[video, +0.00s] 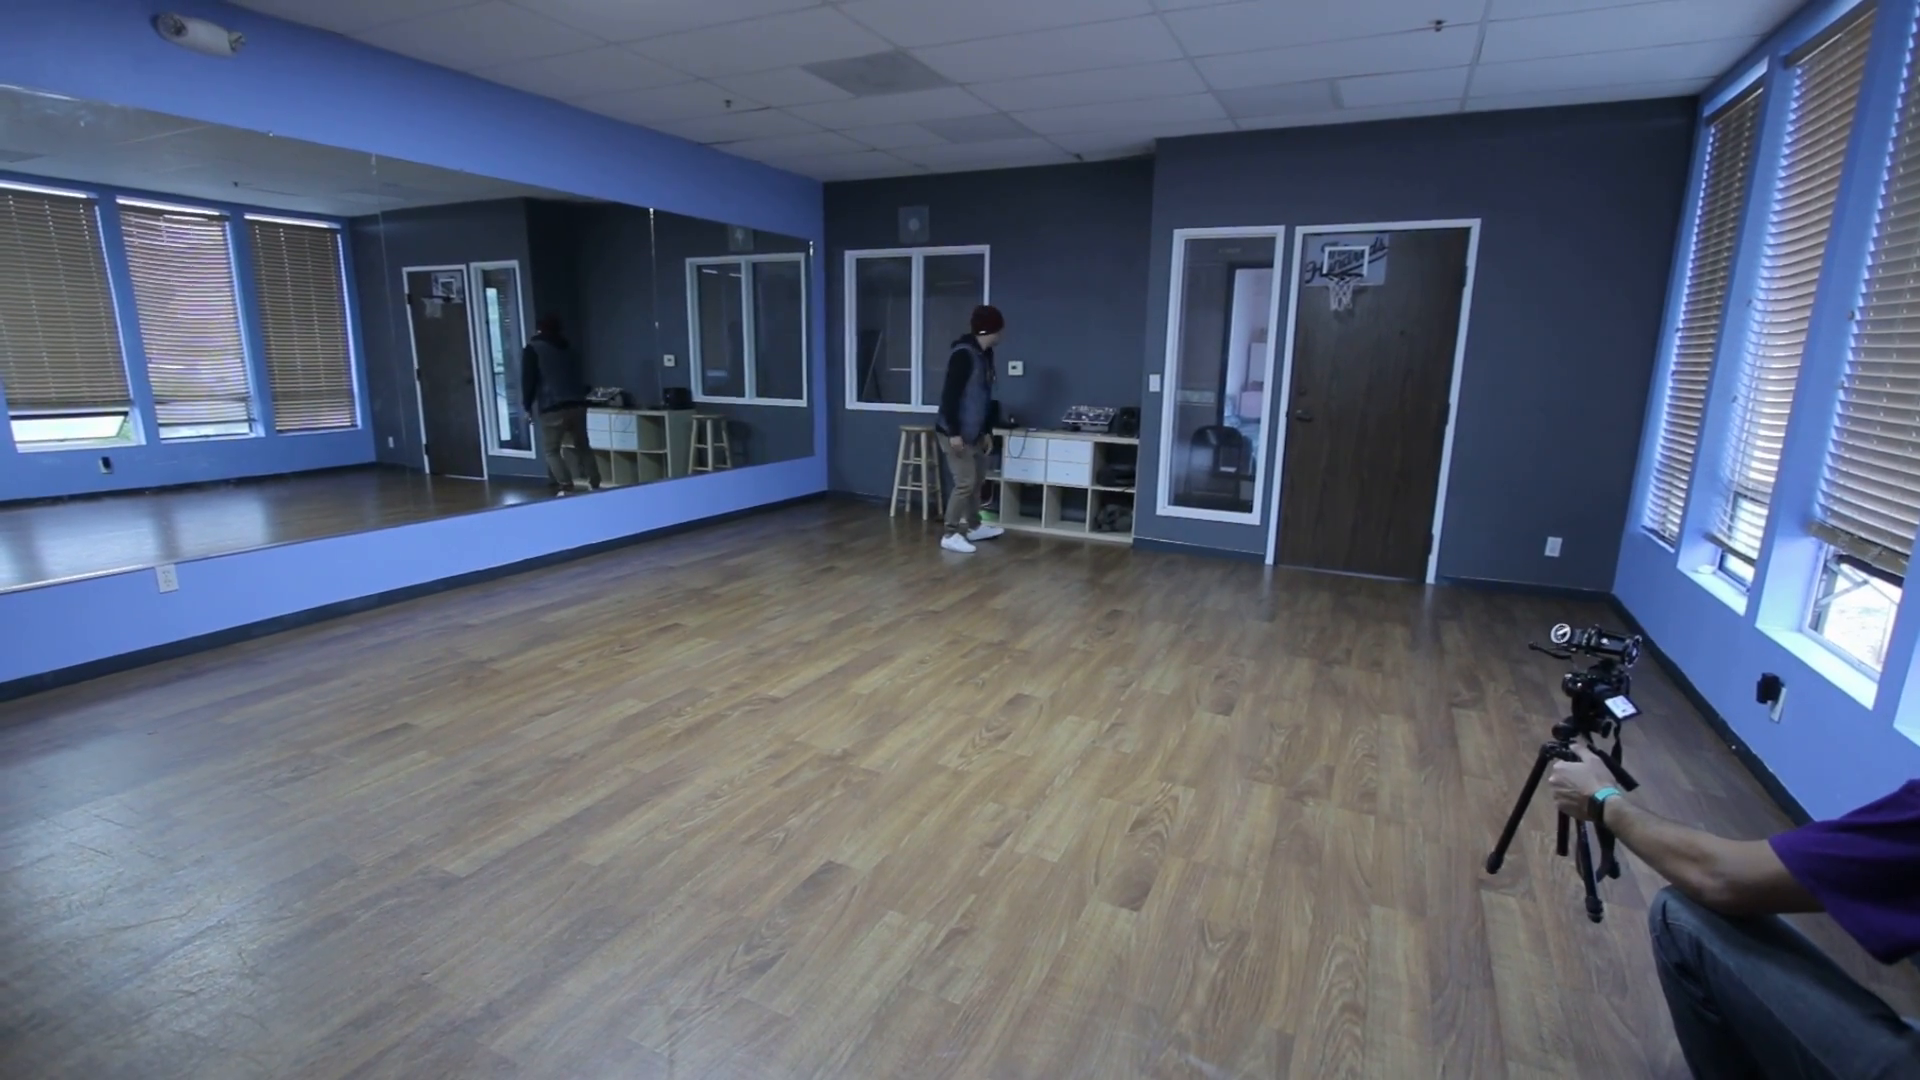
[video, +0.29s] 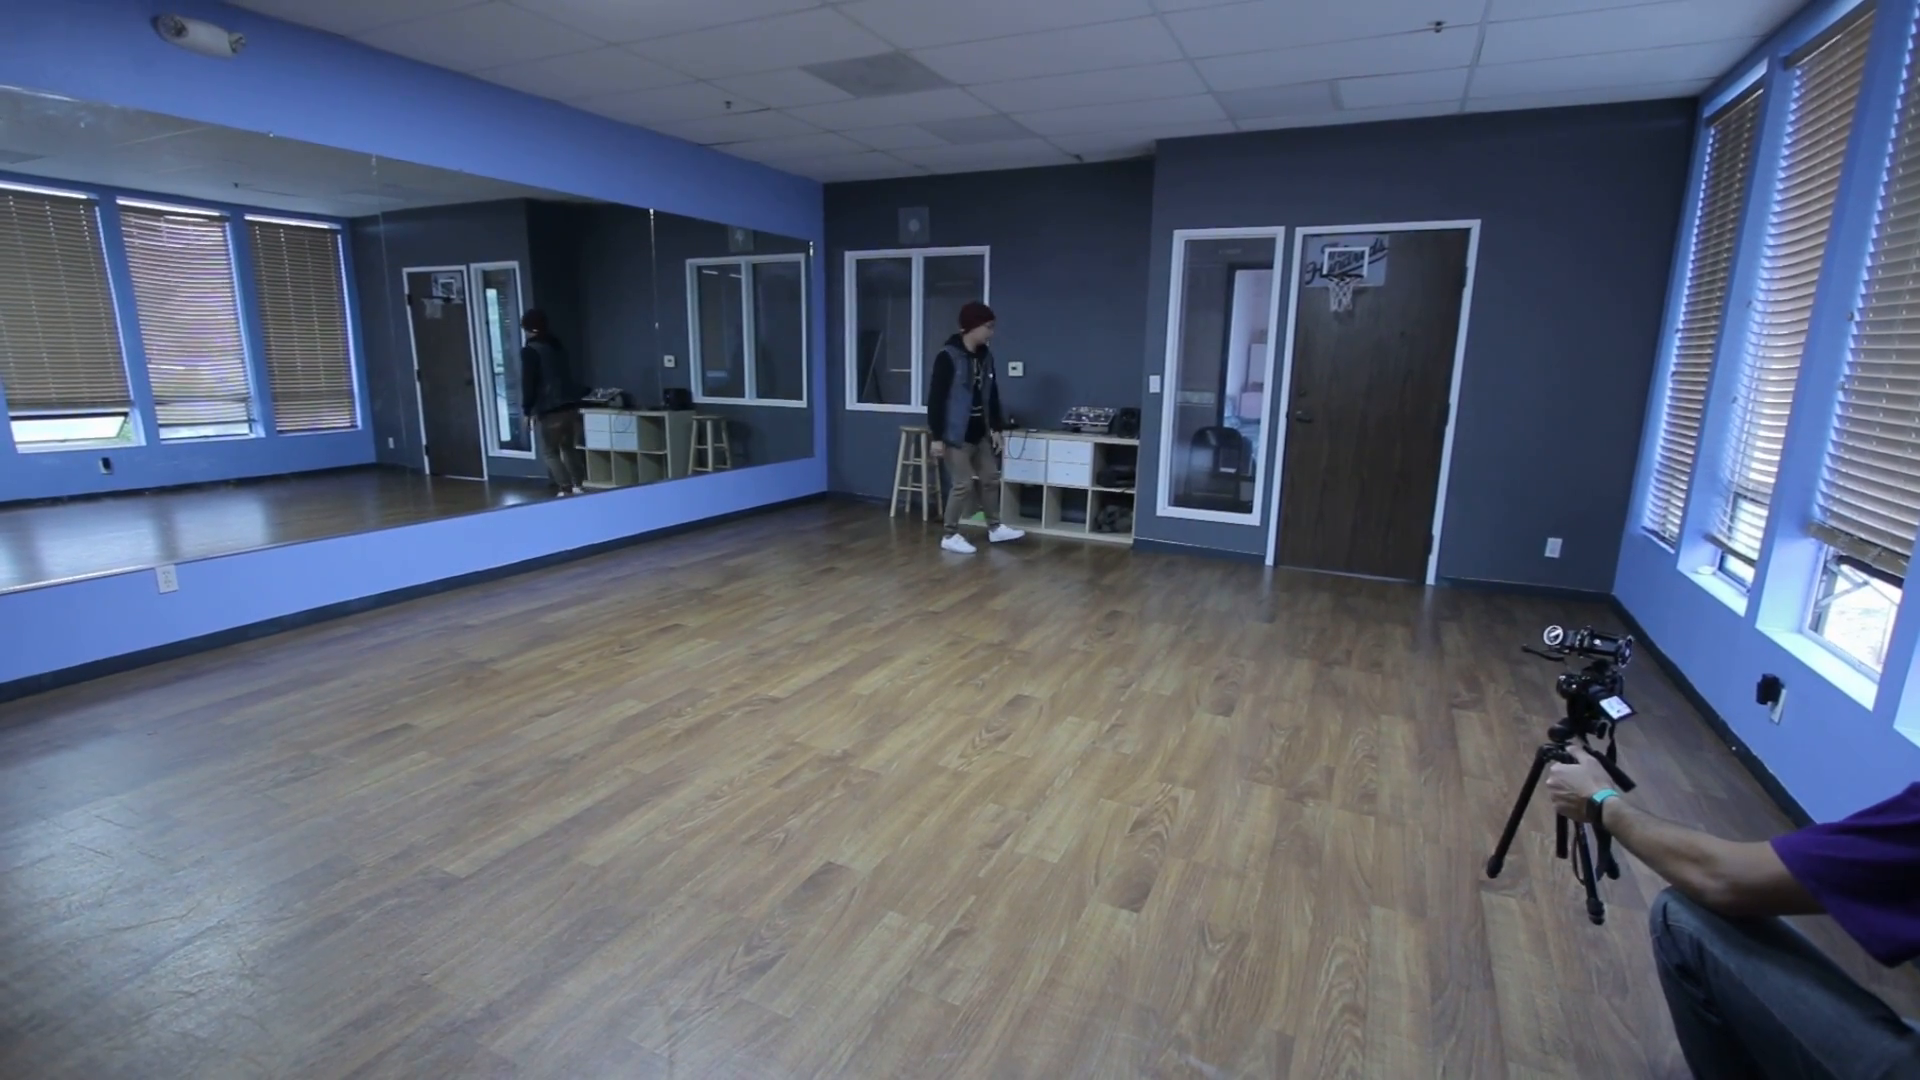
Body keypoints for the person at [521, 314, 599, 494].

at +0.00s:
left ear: (538, 328)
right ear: (558, 327)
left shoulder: (533, 348)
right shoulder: (567, 344)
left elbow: (529, 380)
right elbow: (576, 373)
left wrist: (528, 406)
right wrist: (577, 396)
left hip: (551, 404)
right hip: (576, 401)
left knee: (551, 450)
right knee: (582, 445)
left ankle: (566, 486)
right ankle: (595, 482)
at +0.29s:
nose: (525, 332)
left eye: (526, 329)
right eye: (525, 328)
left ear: (529, 329)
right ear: (545, 325)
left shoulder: (530, 350)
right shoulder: (558, 343)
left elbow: (529, 382)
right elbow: (567, 375)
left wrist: (528, 410)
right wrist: (571, 398)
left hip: (547, 406)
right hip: (568, 403)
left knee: (549, 451)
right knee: (569, 448)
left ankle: (565, 488)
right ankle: (578, 484)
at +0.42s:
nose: (521, 328)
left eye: (522, 323)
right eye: (521, 324)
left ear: (529, 323)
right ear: (541, 321)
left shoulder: (532, 344)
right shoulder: (554, 337)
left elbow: (531, 377)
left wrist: (528, 406)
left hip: (547, 402)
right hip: (563, 397)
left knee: (553, 446)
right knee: (556, 445)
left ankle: (563, 484)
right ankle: (560, 480)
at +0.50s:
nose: (520, 327)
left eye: (522, 323)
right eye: (520, 323)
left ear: (530, 323)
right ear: (539, 321)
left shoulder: (533, 344)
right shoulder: (553, 338)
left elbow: (532, 376)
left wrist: (527, 404)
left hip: (546, 402)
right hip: (560, 398)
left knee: (553, 447)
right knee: (550, 445)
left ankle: (567, 487)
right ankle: (549, 483)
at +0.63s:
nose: (520, 327)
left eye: (521, 323)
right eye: (520, 323)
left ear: (530, 323)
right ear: (537, 322)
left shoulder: (535, 345)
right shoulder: (550, 340)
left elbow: (534, 378)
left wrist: (527, 404)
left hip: (547, 405)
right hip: (555, 403)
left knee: (553, 447)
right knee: (540, 446)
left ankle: (567, 485)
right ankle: (535, 485)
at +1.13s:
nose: (527, 329)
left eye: (528, 325)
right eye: (530, 325)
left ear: (528, 326)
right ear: (547, 325)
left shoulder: (526, 347)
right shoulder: (557, 344)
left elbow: (524, 379)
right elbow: (565, 375)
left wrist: (522, 407)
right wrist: (564, 399)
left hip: (537, 407)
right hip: (560, 404)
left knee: (541, 451)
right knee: (547, 449)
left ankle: (562, 485)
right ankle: (532, 485)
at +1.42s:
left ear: (539, 322)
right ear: (560, 321)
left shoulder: (532, 344)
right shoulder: (570, 341)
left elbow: (524, 376)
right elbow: (583, 372)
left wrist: (519, 403)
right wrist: (593, 398)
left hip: (548, 402)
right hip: (572, 400)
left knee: (555, 445)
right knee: (572, 443)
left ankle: (563, 485)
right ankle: (576, 482)